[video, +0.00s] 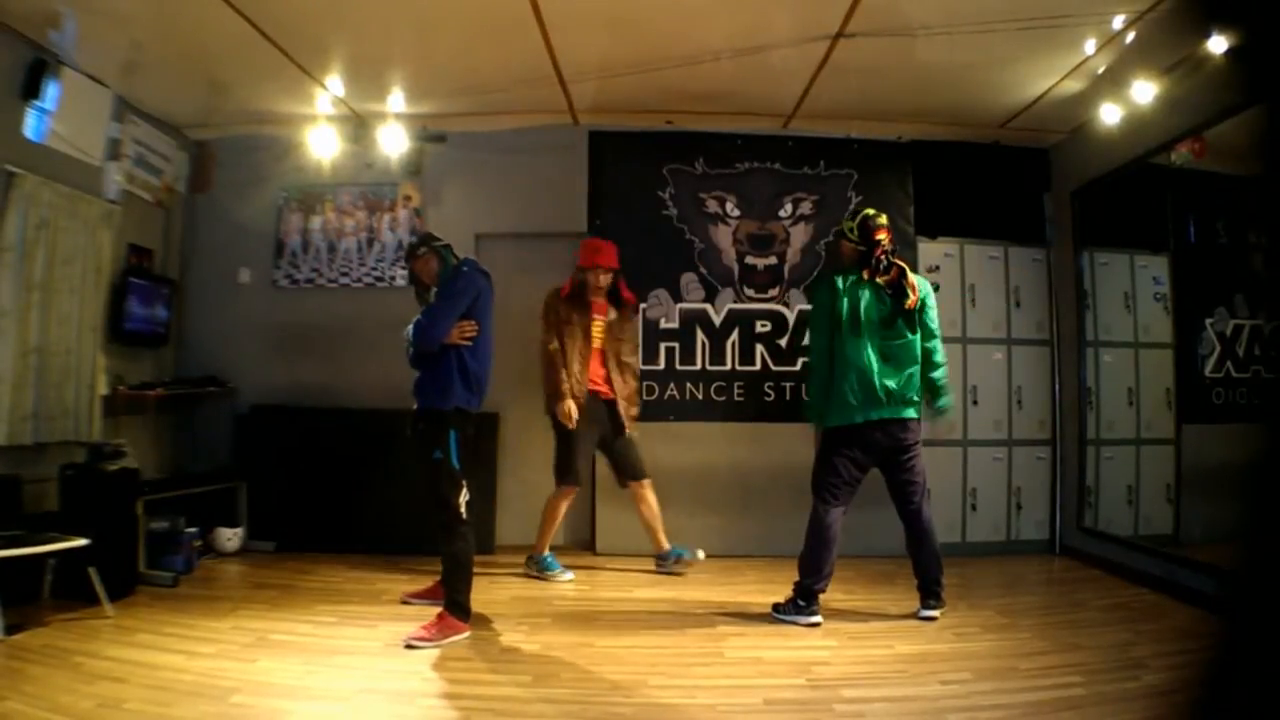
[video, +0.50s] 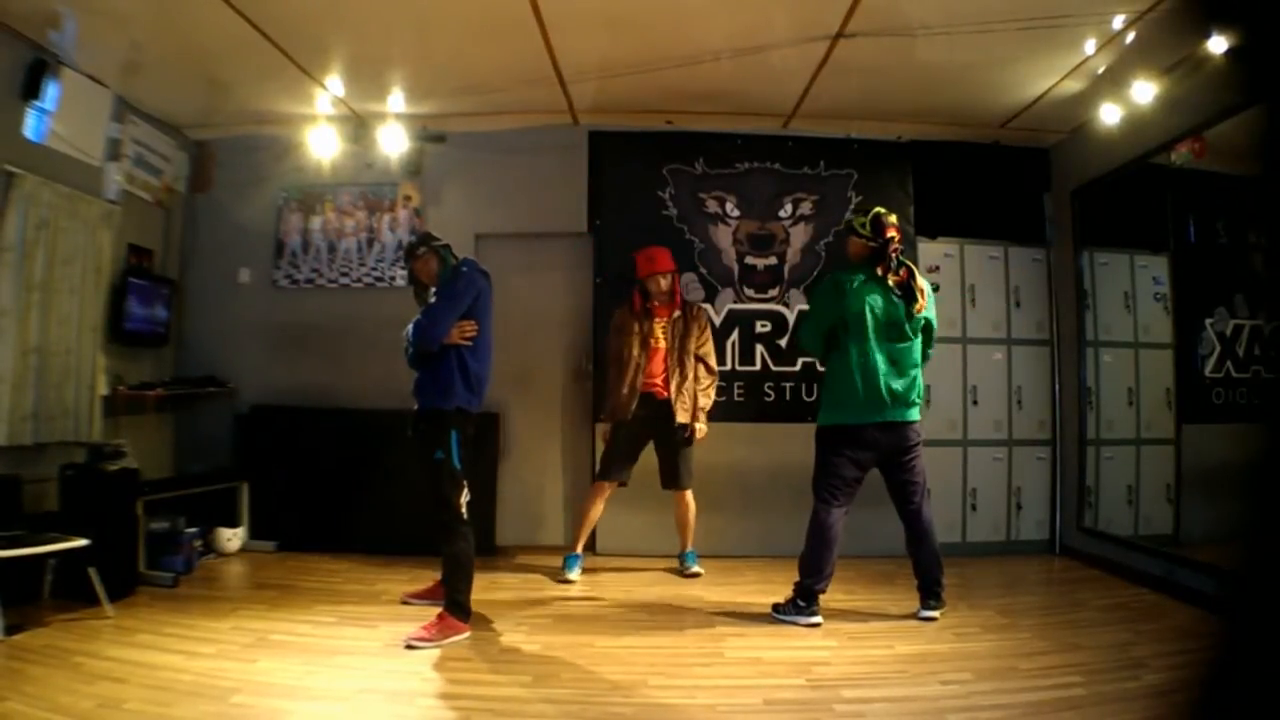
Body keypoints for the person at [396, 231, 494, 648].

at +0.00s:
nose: (418, 274)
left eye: (420, 264)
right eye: (414, 268)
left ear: (436, 256)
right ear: (420, 268)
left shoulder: (468, 277)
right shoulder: (444, 290)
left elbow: (432, 334)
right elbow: (413, 347)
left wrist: (415, 328)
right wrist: (439, 334)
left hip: (454, 408)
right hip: (435, 408)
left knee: (454, 508)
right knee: (442, 502)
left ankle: (456, 613)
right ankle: (448, 582)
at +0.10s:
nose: (418, 275)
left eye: (419, 265)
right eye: (413, 269)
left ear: (435, 256)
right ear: (422, 267)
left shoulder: (468, 277)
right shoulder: (444, 290)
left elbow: (432, 334)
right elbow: (413, 347)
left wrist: (415, 328)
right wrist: (439, 334)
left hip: (454, 409)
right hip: (435, 408)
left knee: (454, 508)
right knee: (442, 502)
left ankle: (456, 614)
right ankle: (448, 581)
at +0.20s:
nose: (418, 275)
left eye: (420, 265)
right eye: (414, 269)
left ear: (436, 256)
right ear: (420, 269)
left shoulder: (468, 277)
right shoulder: (444, 290)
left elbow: (432, 335)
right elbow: (413, 347)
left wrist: (415, 329)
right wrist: (440, 335)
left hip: (455, 409)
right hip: (436, 408)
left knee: (455, 508)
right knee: (442, 502)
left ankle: (457, 614)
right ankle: (448, 582)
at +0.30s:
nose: (417, 275)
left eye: (419, 265)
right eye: (413, 269)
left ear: (435, 256)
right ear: (420, 268)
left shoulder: (468, 277)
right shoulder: (443, 290)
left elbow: (432, 334)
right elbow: (412, 348)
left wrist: (414, 329)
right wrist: (440, 334)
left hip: (455, 408)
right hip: (436, 408)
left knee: (455, 509)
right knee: (443, 502)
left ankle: (456, 614)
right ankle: (448, 582)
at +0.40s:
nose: (418, 275)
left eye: (420, 265)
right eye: (413, 269)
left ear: (435, 256)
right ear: (419, 268)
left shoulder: (468, 277)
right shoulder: (442, 290)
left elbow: (432, 334)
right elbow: (411, 348)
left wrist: (414, 329)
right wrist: (439, 334)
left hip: (455, 408)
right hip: (435, 407)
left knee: (455, 509)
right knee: (443, 502)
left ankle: (456, 614)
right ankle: (448, 582)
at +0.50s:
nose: (418, 275)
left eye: (420, 265)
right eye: (413, 269)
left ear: (435, 255)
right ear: (419, 268)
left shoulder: (468, 276)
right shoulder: (443, 290)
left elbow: (432, 334)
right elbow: (411, 347)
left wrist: (414, 329)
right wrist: (438, 334)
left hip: (455, 408)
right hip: (435, 407)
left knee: (455, 509)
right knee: (443, 502)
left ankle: (456, 614)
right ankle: (448, 581)